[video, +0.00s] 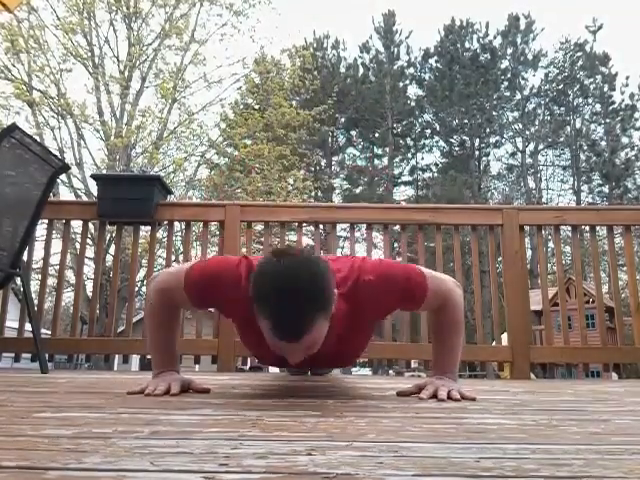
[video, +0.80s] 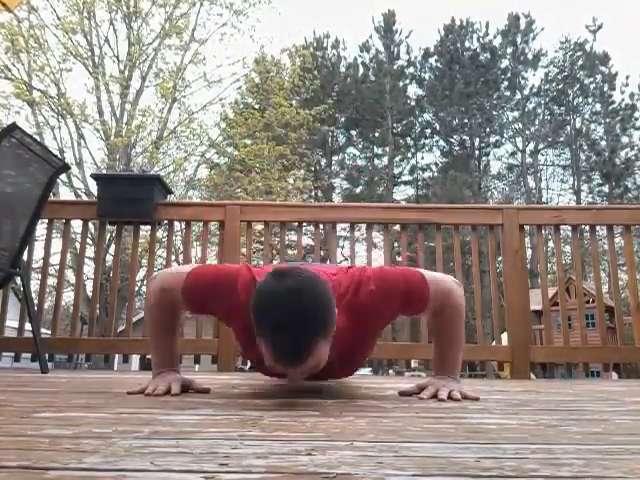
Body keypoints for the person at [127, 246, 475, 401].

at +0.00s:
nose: (296, 360)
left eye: (309, 348)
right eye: (280, 350)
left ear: (334, 305)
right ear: (255, 308)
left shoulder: (371, 283)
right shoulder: (230, 280)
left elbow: (448, 295)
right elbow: (163, 290)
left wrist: (444, 375)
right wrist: (165, 369)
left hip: (339, 353)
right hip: (264, 352)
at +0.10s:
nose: (295, 310)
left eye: (308, 301)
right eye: (281, 302)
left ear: (331, 267)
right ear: (258, 271)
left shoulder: (374, 262)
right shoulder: (229, 261)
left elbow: (446, 294)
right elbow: (163, 291)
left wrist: (444, 375)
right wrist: (165, 371)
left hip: (339, 330)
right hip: (273, 333)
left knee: (330, 348)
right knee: (290, 350)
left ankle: (325, 356)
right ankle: (297, 355)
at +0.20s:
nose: (296, 251)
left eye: (310, 238)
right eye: (281, 238)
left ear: (332, 207)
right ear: (261, 212)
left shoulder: (372, 225)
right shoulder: (231, 227)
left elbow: (435, 292)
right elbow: (172, 290)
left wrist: (444, 376)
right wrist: (166, 371)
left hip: (335, 308)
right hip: (280, 308)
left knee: (326, 337)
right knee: (293, 339)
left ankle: (323, 358)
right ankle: (296, 356)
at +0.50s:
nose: (297, 276)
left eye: (309, 263)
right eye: (283, 266)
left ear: (332, 226)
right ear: (259, 233)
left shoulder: (369, 232)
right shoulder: (231, 236)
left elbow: (440, 291)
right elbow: (166, 290)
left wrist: (445, 376)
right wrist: (165, 370)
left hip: (335, 318)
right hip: (279, 320)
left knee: (326, 340)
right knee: (291, 340)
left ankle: (322, 355)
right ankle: (295, 353)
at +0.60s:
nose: (297, 336)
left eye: (309, 325)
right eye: (282, 328)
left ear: (332, 281)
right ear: (255, 287)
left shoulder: (370, 267)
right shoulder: (232, 266)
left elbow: (446, 291)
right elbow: (164, 288)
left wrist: (446, 376)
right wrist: (165, 370)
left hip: (336, 348)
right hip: (272, 349)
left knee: (322, 362)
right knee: (286, 361)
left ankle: (317, 368)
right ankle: (294, 365)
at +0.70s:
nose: (296, 389)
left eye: (311, 379)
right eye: (278, 380)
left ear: (334, 332)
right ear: (254, 329)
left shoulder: (370, 296)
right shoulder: (234, 294)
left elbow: (448, 291)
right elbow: (163, 287)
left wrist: (446, 374)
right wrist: (165, 369)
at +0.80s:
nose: (296, 380)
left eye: (311, 370)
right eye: (280, 372)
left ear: (332, 326)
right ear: (252, 325)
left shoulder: (370, 291)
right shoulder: (234, 289)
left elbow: (448, 293)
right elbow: (163, 287)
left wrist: (446, 375)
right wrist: (165, 369)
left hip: (337, 362)